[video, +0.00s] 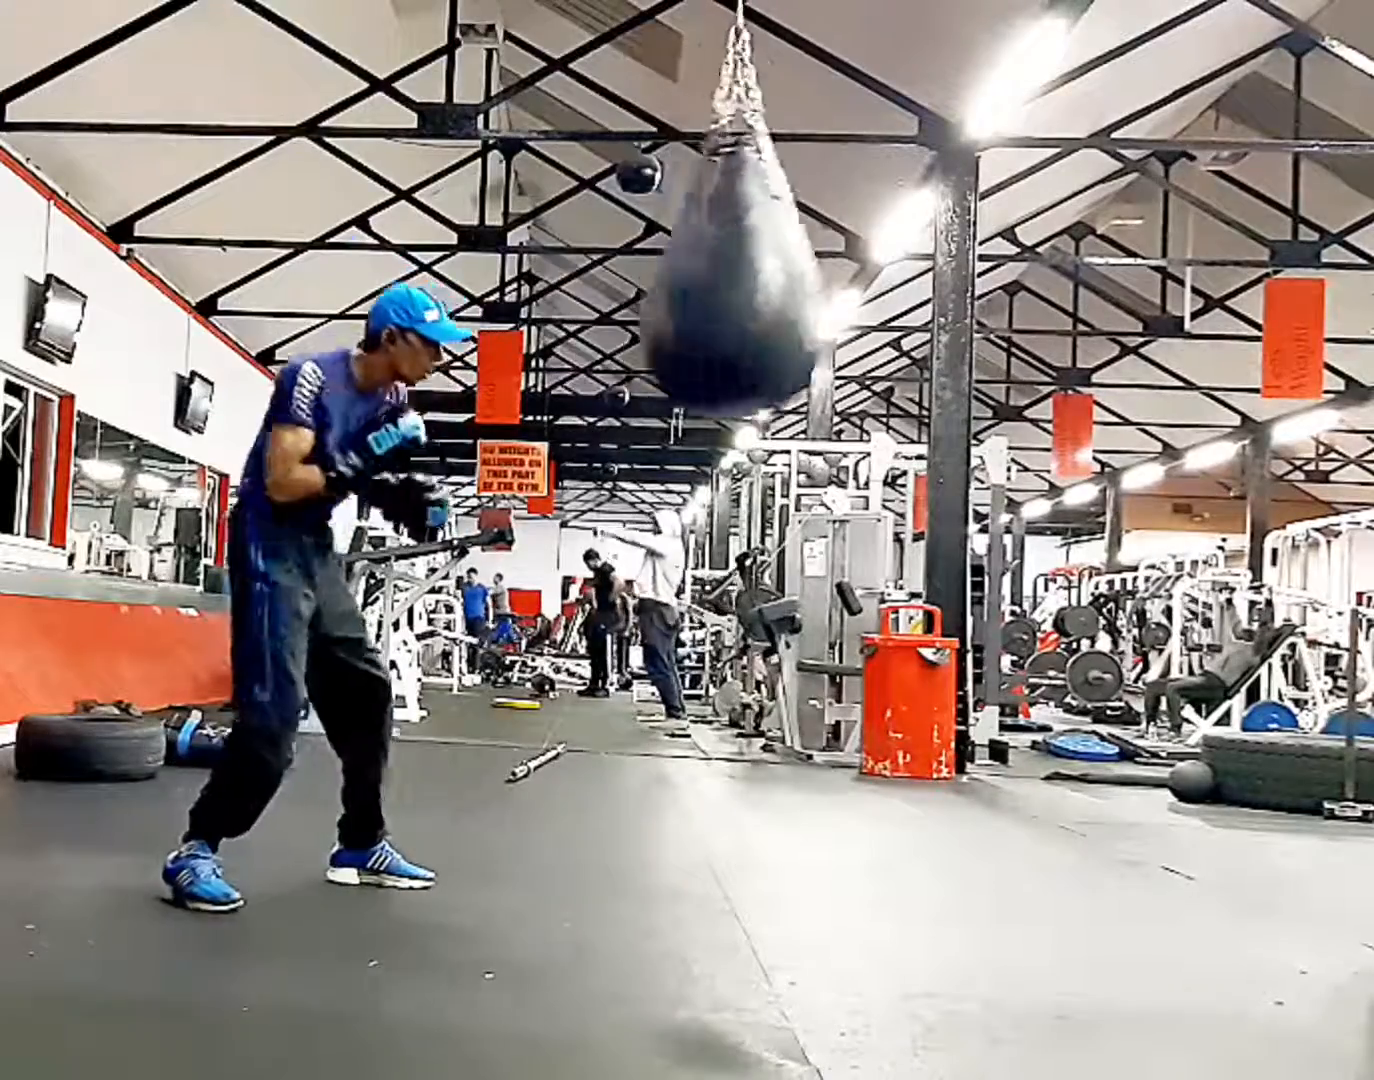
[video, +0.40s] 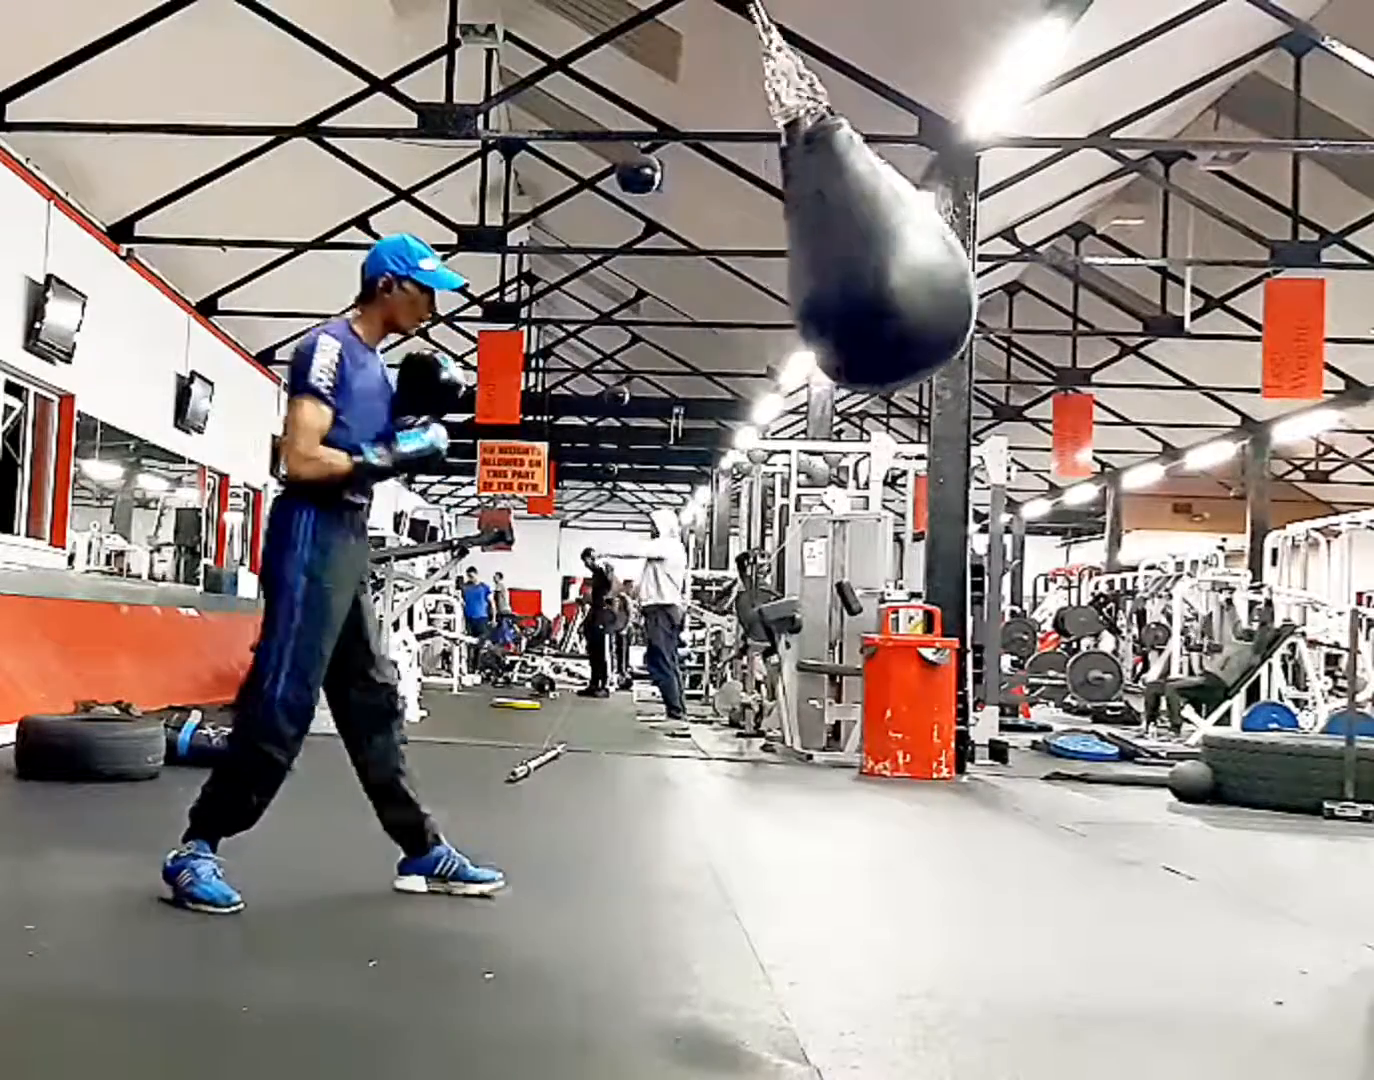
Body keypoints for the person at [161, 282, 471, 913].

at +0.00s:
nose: (436, 362)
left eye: (440, 352)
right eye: (430, 349)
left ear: (405, 345)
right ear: (393, 338)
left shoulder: (390, 407)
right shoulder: (309, 377)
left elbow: (360, 479)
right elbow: (282, 483)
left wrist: (400, 502)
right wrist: (367, 464)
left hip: (319, 561)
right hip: (268, 558)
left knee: (366, 694)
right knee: (270, 722)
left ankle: (361, 845)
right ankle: (193, 851)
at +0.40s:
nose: (433, 309)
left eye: (435, 298)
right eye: (426, 295)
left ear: (395, 292)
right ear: (389, 288)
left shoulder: (374, 366)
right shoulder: (328, 347)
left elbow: (345, 456)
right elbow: (297, 459)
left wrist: (405, 435)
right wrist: (383, 455)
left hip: (344, 537)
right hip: (311, 534)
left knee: (368, 700)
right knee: (281, 703)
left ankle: (422, 851)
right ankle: (194, 850)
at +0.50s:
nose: (454, 311)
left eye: (456, 300)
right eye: (449, 297)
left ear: (419, 292)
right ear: (414, 288)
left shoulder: (394, 366)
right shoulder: (344, 342)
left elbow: (400, 447)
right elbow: (321, 454)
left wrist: (446, 405)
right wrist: (405, 458)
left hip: (365, 533)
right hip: (323, 528)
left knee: (405, 689)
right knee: (296, 703)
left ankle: (424, 849)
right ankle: (198, 844)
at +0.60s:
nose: (475, 321)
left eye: (478, 311)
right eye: (468, 306)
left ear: (446, 306)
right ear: (433, 296)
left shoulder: (433, 387)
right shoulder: (369, 344)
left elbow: (464, 459)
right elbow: (332, 439)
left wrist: (529, 420)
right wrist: (407, 443)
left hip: (387, 544)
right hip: (344, 533)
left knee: (430, 690)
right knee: (309, 706)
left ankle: (425, 850)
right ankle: (202, 838)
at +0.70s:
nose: (504, 326)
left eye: (507, 317)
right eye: (497, 312)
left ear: (470, 311)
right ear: (461, 305)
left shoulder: (444, 370)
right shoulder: (423, 346)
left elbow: (432, 477)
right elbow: (397, 388)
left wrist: (499, 454)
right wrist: (472, 373)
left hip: (398, 531)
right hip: (379, 526)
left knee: (425, 688)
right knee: (332, 694)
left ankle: (425, 848)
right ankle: (207, 832)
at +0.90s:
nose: (522, 318)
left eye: (523, 308)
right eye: (515, 304)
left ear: (483, 304)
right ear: (484, 299)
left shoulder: (464, 354)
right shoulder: (455, 336)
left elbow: (471, 440)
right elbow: (538, 377)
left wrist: (525, 394)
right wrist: (599, 368)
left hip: (436, 533)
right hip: (406, 526)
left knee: (458, 695)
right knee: (353, 684)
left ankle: (427, 851)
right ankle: (227, 821)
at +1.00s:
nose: (523, 317)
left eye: (524, 307)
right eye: (517, 304)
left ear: (495, 304)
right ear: (486, 297)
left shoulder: (499, 371)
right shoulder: (430, 345)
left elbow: (569, 402)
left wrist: (626, 373)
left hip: (447, 532)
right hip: (410, 522)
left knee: (471, 693)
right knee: (392, 692)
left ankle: (432, 851)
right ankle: (255, 818)